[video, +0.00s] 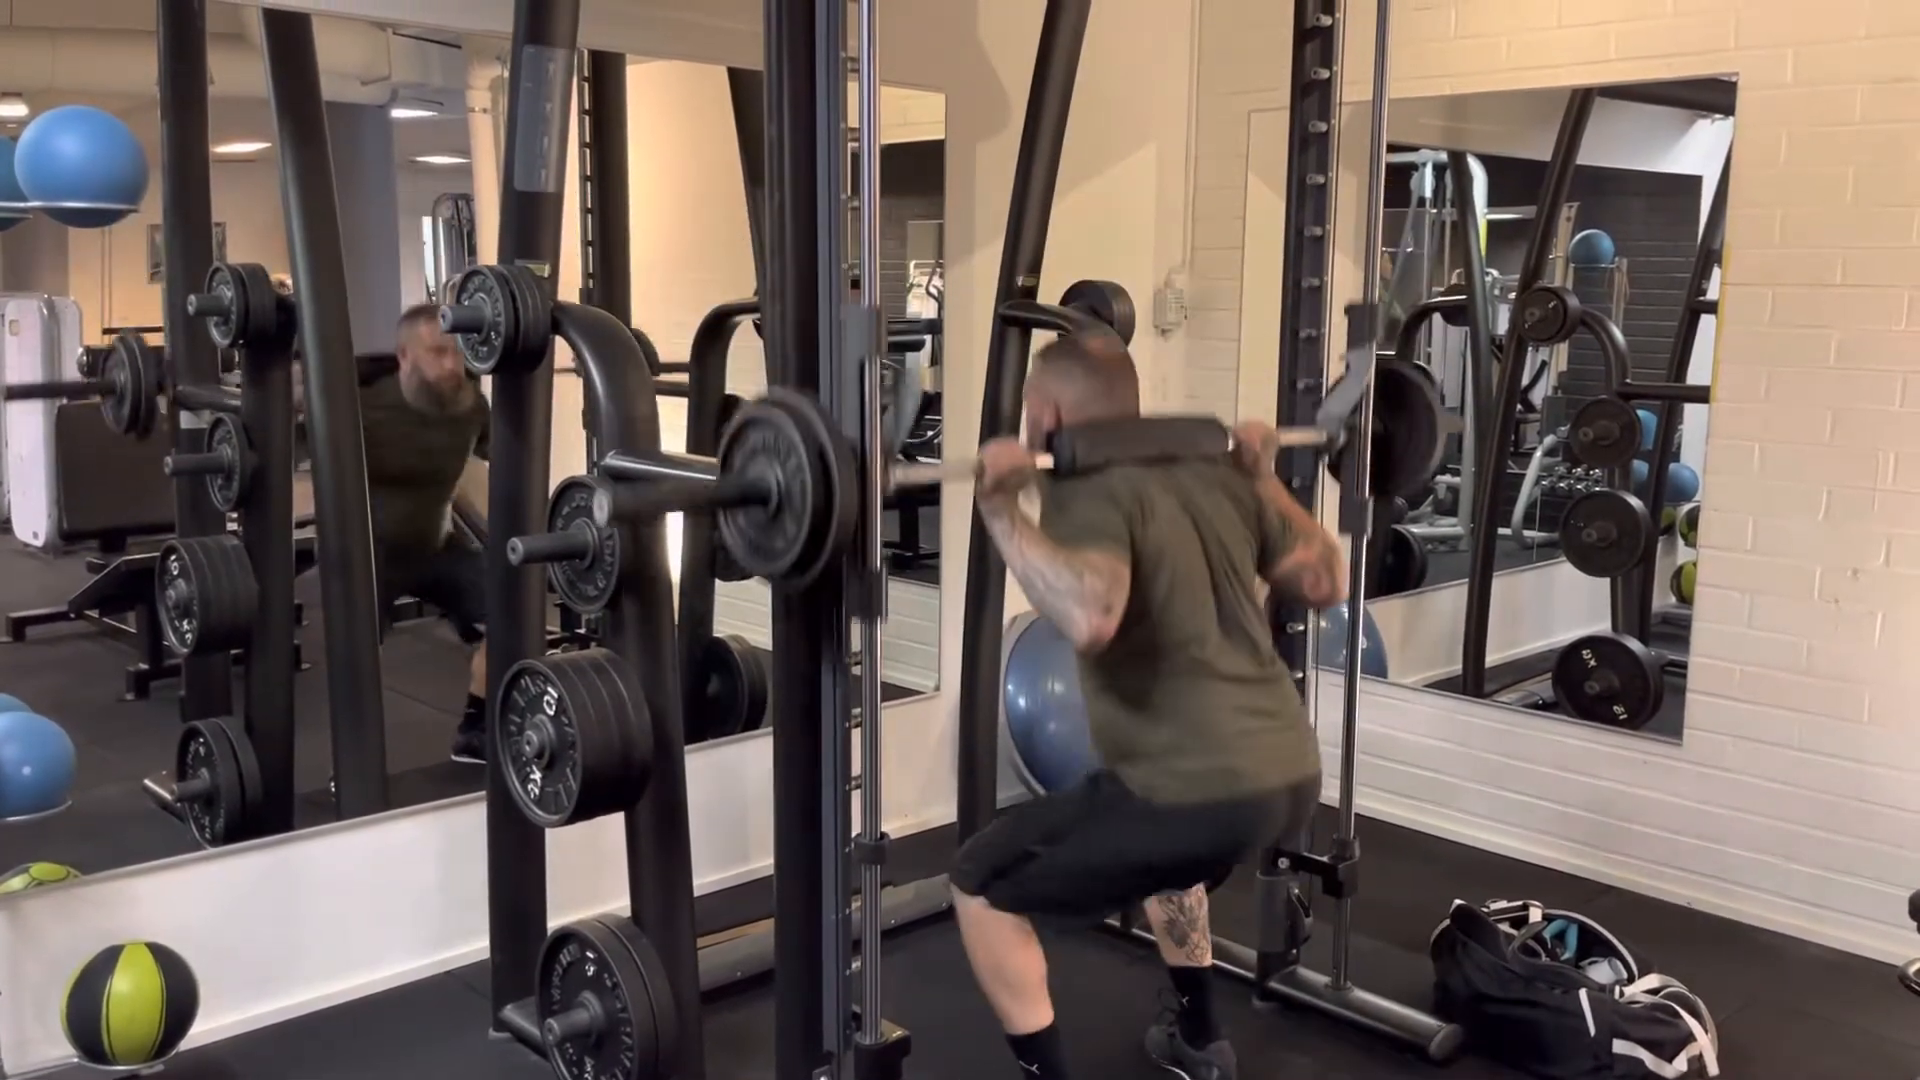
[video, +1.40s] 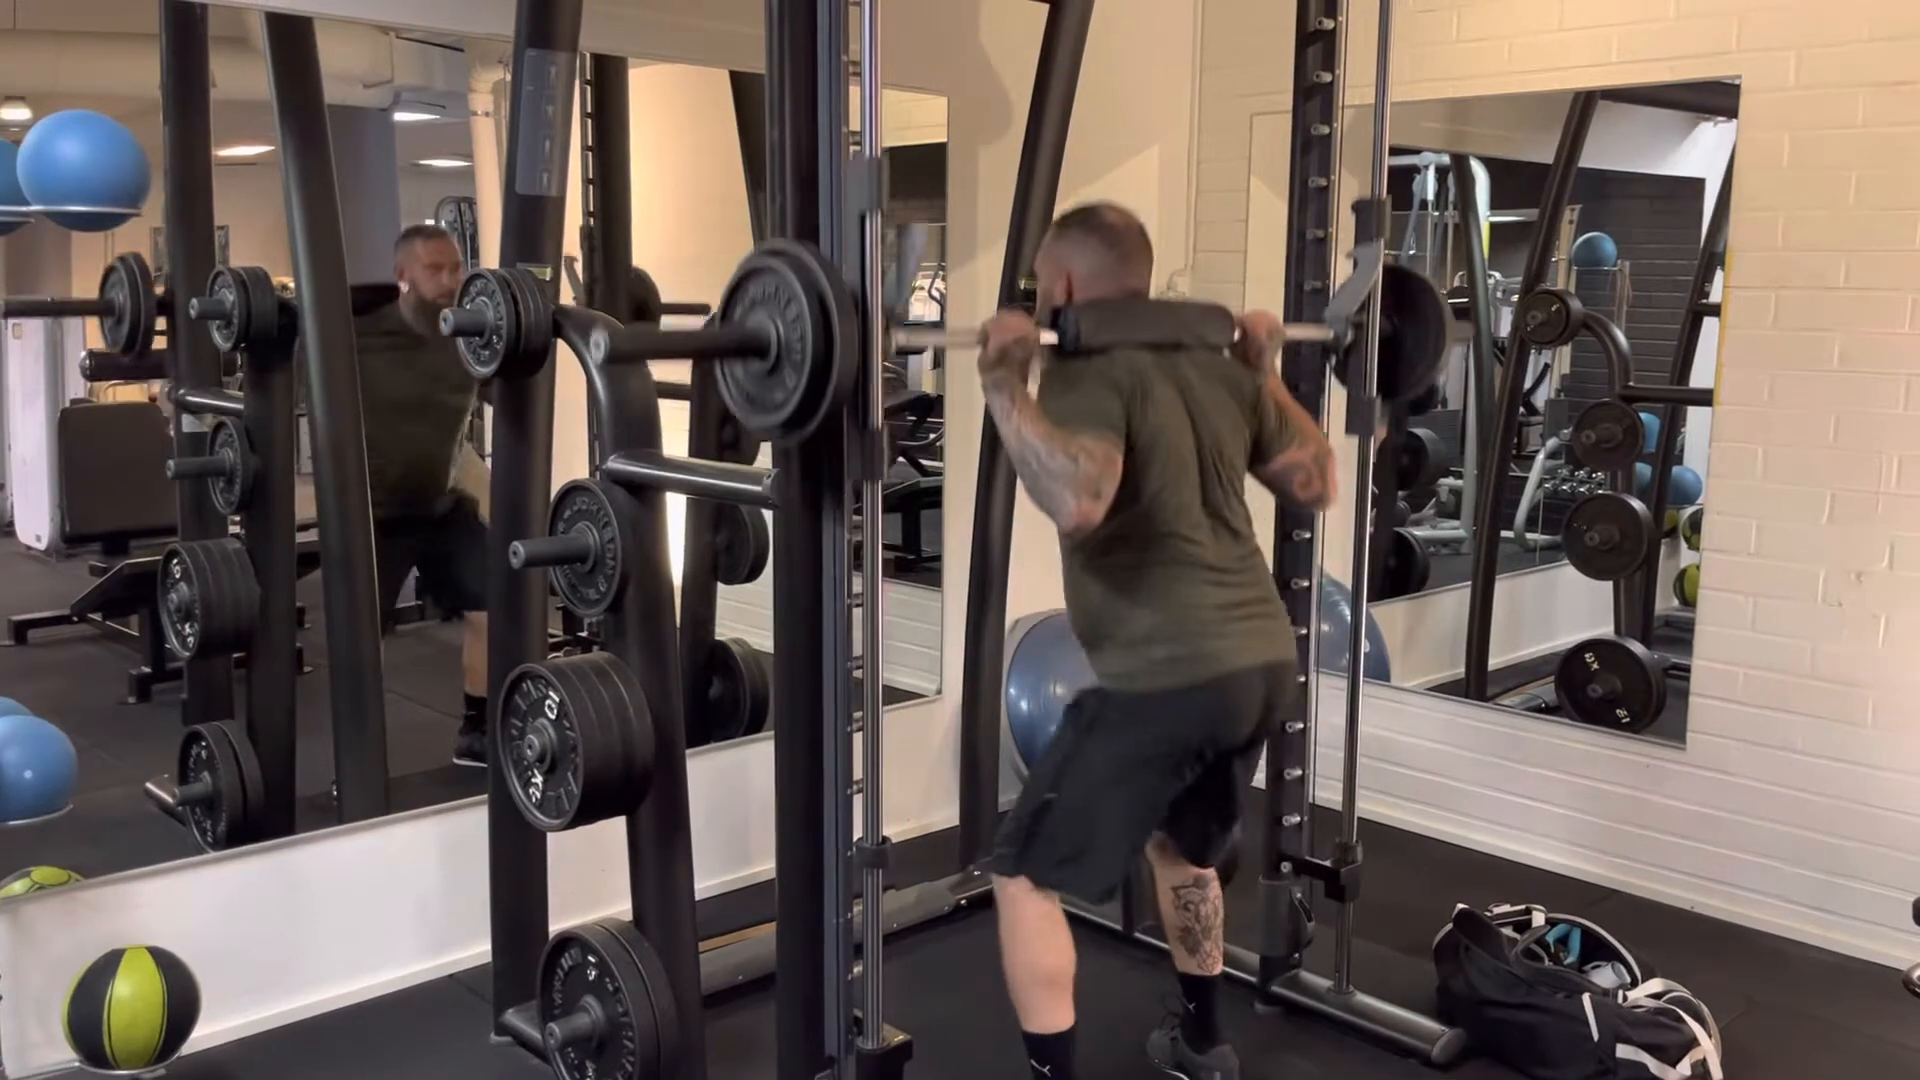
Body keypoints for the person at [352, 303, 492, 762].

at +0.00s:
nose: (453, 365)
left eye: (457, 350)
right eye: (438, 351)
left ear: (467, 353)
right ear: (405, 358)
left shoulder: (471, 408)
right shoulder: (363, 412)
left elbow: (500, 448)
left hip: (436, 551)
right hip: (367, 556)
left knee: (509, 604)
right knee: (352, 644)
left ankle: (477, 726)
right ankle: (353, 756)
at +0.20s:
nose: (455, 427)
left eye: (461, 413)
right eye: (441, 414)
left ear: (469, 414)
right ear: (406, 417)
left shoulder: (476, 465)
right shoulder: (358, 460)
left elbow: (518, 507)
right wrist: (287, 462)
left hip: (434, 596)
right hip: (359, 600)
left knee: (508, 615)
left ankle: (477, 729)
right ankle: (352, 759)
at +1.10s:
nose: (455, 379)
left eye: (461, 366)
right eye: (441, 366)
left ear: (470, 368)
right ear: (407, 370)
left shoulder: (473, 423)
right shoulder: (364, 420)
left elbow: (514, 467)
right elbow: (293, 470)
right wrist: (287, 421)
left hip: (430, 560)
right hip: (360, 565)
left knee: (508, 608)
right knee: (353, 653)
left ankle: (480, 728)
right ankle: (356, 765)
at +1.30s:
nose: (449, 311)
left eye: (454, 300)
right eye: (436, 301)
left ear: (461, 302)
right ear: (405, 306)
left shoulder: (469, 364)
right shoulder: (363, 365)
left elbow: (461, 450)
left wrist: (502, 519)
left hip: (440, 522)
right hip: (372, 527)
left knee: (503, 599)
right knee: (355, 640)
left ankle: (478, 731)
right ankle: (355, 760)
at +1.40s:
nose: (450, 279)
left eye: (455, 267)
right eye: (437, 269)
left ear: (463, 269)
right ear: (404, 274)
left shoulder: (467, 338)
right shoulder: (363, 338)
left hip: (443, 507)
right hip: (376, 512)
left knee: (490, 594)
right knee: (359, 636)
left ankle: (477, 731)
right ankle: (354, 753)